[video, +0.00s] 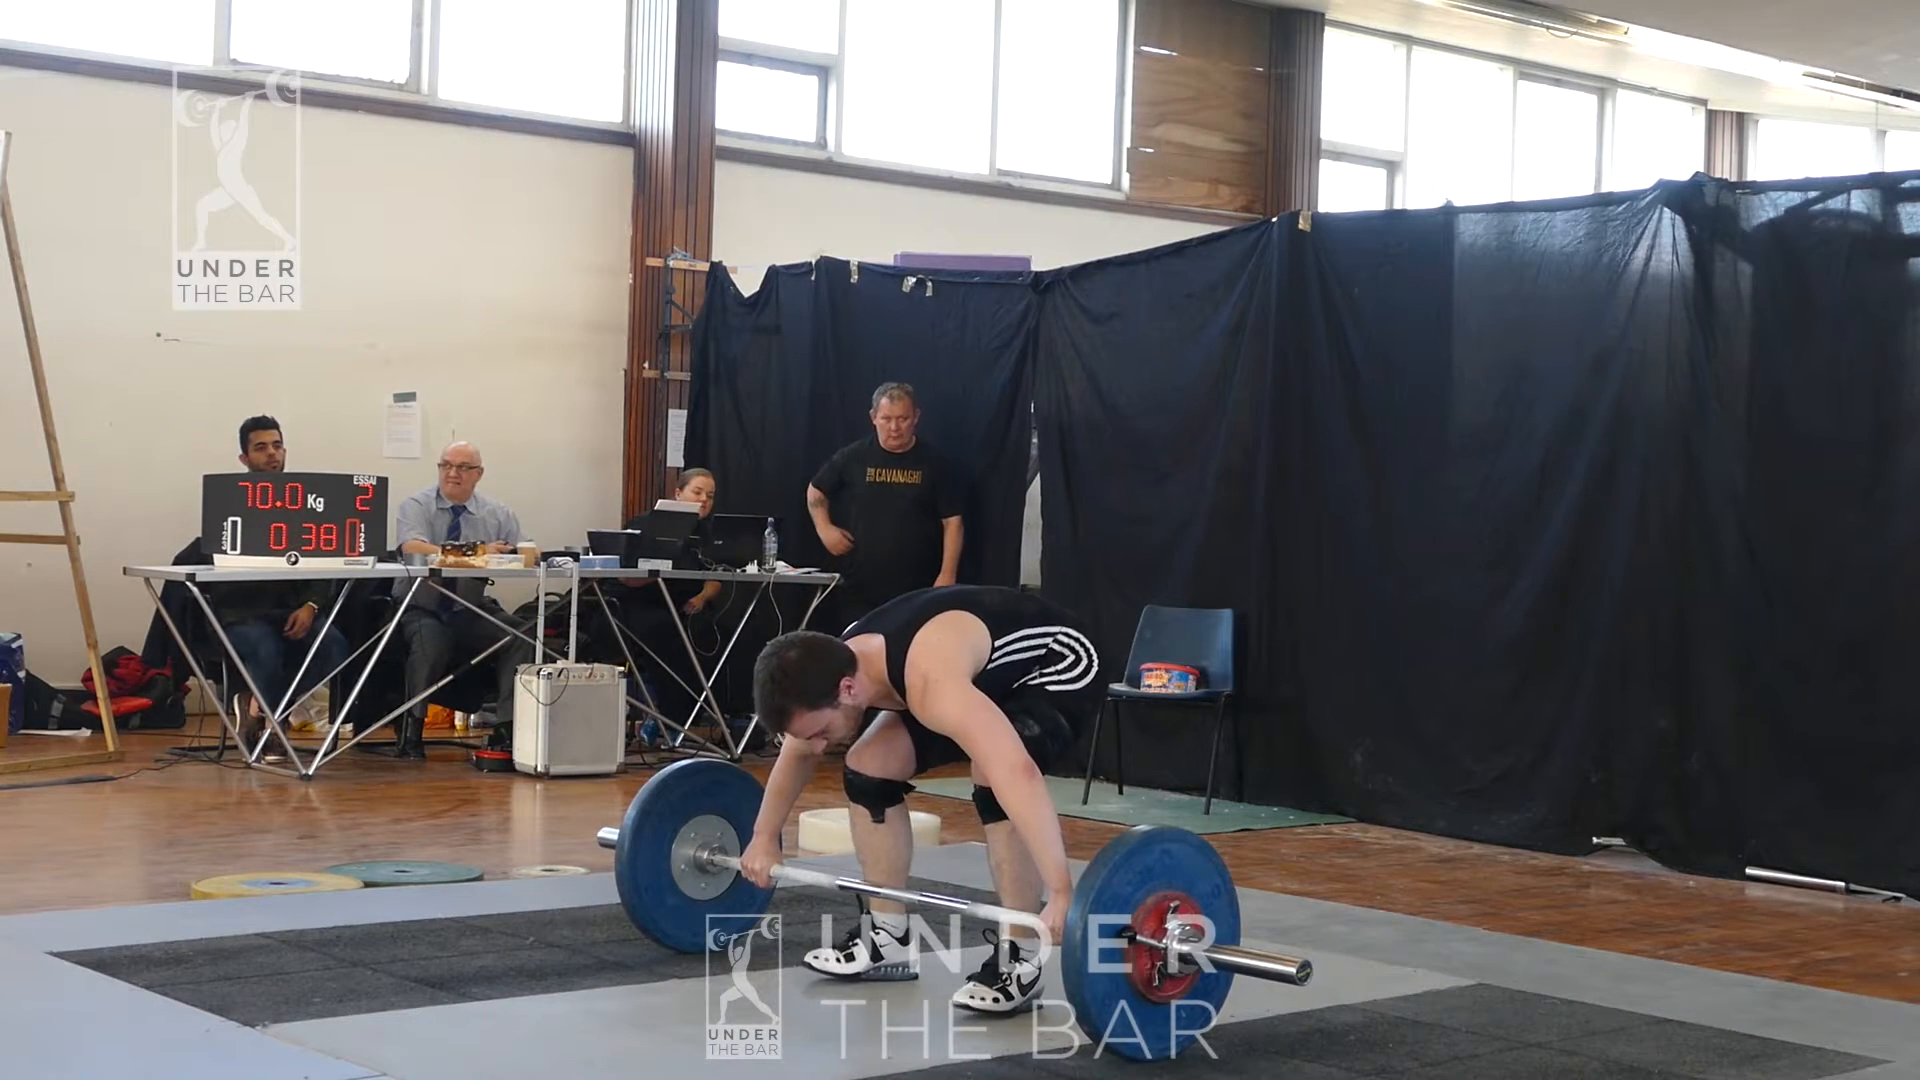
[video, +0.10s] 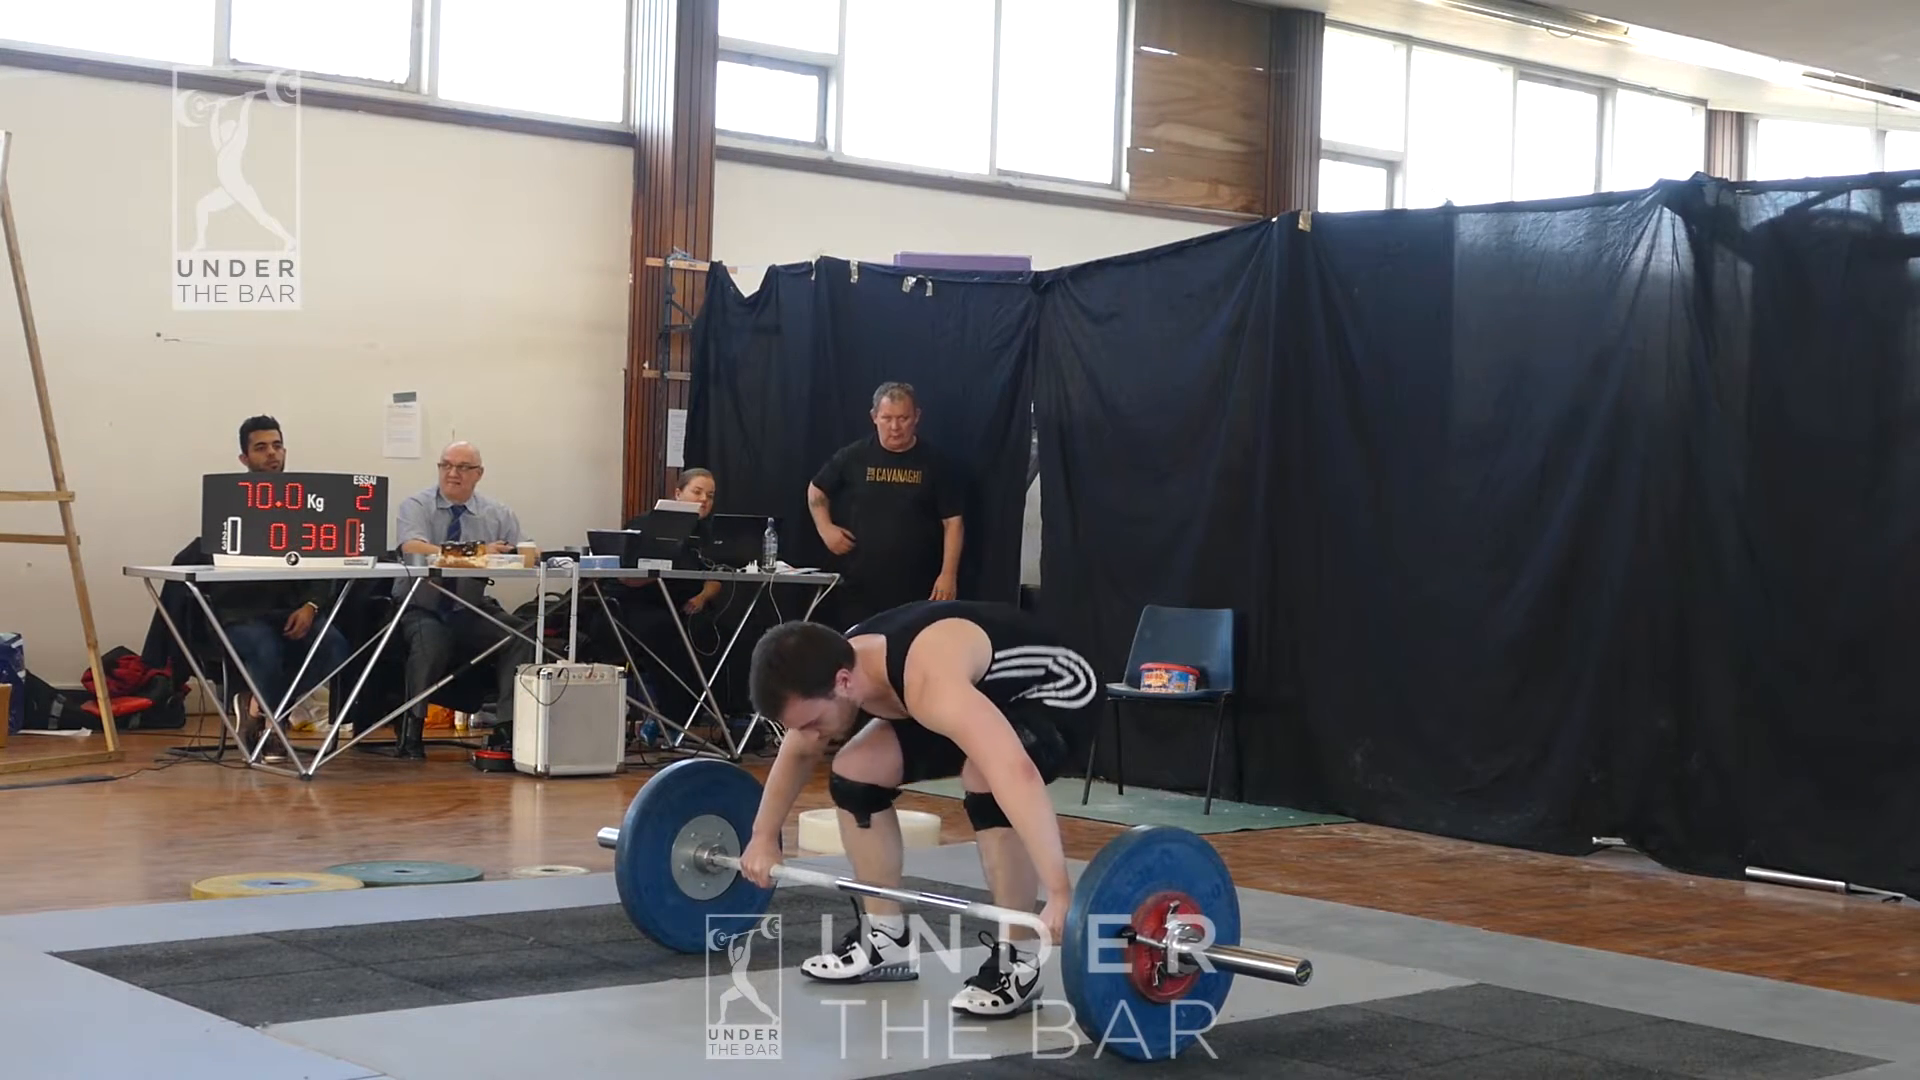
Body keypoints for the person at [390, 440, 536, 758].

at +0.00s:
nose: (453, 474)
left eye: (463, 468)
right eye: (447, 466)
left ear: (479, 474)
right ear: (438, 469)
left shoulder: (499, 514)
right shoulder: (416, 505)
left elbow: (530, 555)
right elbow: (411, 547)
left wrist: (503, 552)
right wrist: (464, 554)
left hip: (475, 608)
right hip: (423, 607)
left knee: (519, 638)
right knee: (430, 643)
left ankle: (507, 731)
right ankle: (412, 734)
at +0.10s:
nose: (453, 473)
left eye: (463, 468)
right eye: (447, 466)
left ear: (479, 474)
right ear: (438, 469)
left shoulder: (499, 514)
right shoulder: (416, 505)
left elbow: (530, 556)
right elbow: (411, 547)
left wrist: (503, 553)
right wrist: (466, 554)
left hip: (475, 609)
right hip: (423, 608)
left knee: (519, 637)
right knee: (430, 641)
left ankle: (507, 731)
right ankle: (412, 732)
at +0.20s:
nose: (453, 474)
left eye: (464, 468)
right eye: (447, 466)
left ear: (479, 475)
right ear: (438, 470)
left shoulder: (500, 515)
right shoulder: (417, 505)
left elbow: (530, 555)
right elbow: (411, 548)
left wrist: (500, 552)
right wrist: (467, 554)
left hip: (474, 609)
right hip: (423, 607)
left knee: (520, 637)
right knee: (431, 643)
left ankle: (508, 730)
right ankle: (412, 733)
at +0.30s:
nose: (454, 474)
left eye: (465, 468)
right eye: (447, 467)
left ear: (480, 475)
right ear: (438, 470)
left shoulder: (500, 515)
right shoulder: (417, 505)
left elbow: (530, 555)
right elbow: (411, 548)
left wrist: (500, 552)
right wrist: (466, 554)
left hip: (474, 609)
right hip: (423, 608)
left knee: (520, 637)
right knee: (431, 644)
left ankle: (508, 730)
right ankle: (412, 734)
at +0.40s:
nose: (456, 474)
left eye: (466, 468)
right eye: (448, 467)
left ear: (480, 475)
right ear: (438, 471)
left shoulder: (500, 515)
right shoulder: (417, 505)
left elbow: (530, 555)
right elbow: (411, 548)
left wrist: (500, 552)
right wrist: (466, 554)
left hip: (475, 609)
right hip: (424, 608)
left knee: (520, 637)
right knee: (431, 644)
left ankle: (508, 730)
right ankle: (412, 734)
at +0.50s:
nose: (457, 474)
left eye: (467, 468)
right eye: (449, 467)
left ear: (480, 474)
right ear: (438, 471)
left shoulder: (500, 515)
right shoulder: (416, 505)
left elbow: (531, 556)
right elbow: (411, 548)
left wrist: (502, 552)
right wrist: (467, 554)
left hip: (474, 609)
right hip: (423, 608)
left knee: (520, 637)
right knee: (431, 644)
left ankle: (508, 730)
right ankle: (412, 733)